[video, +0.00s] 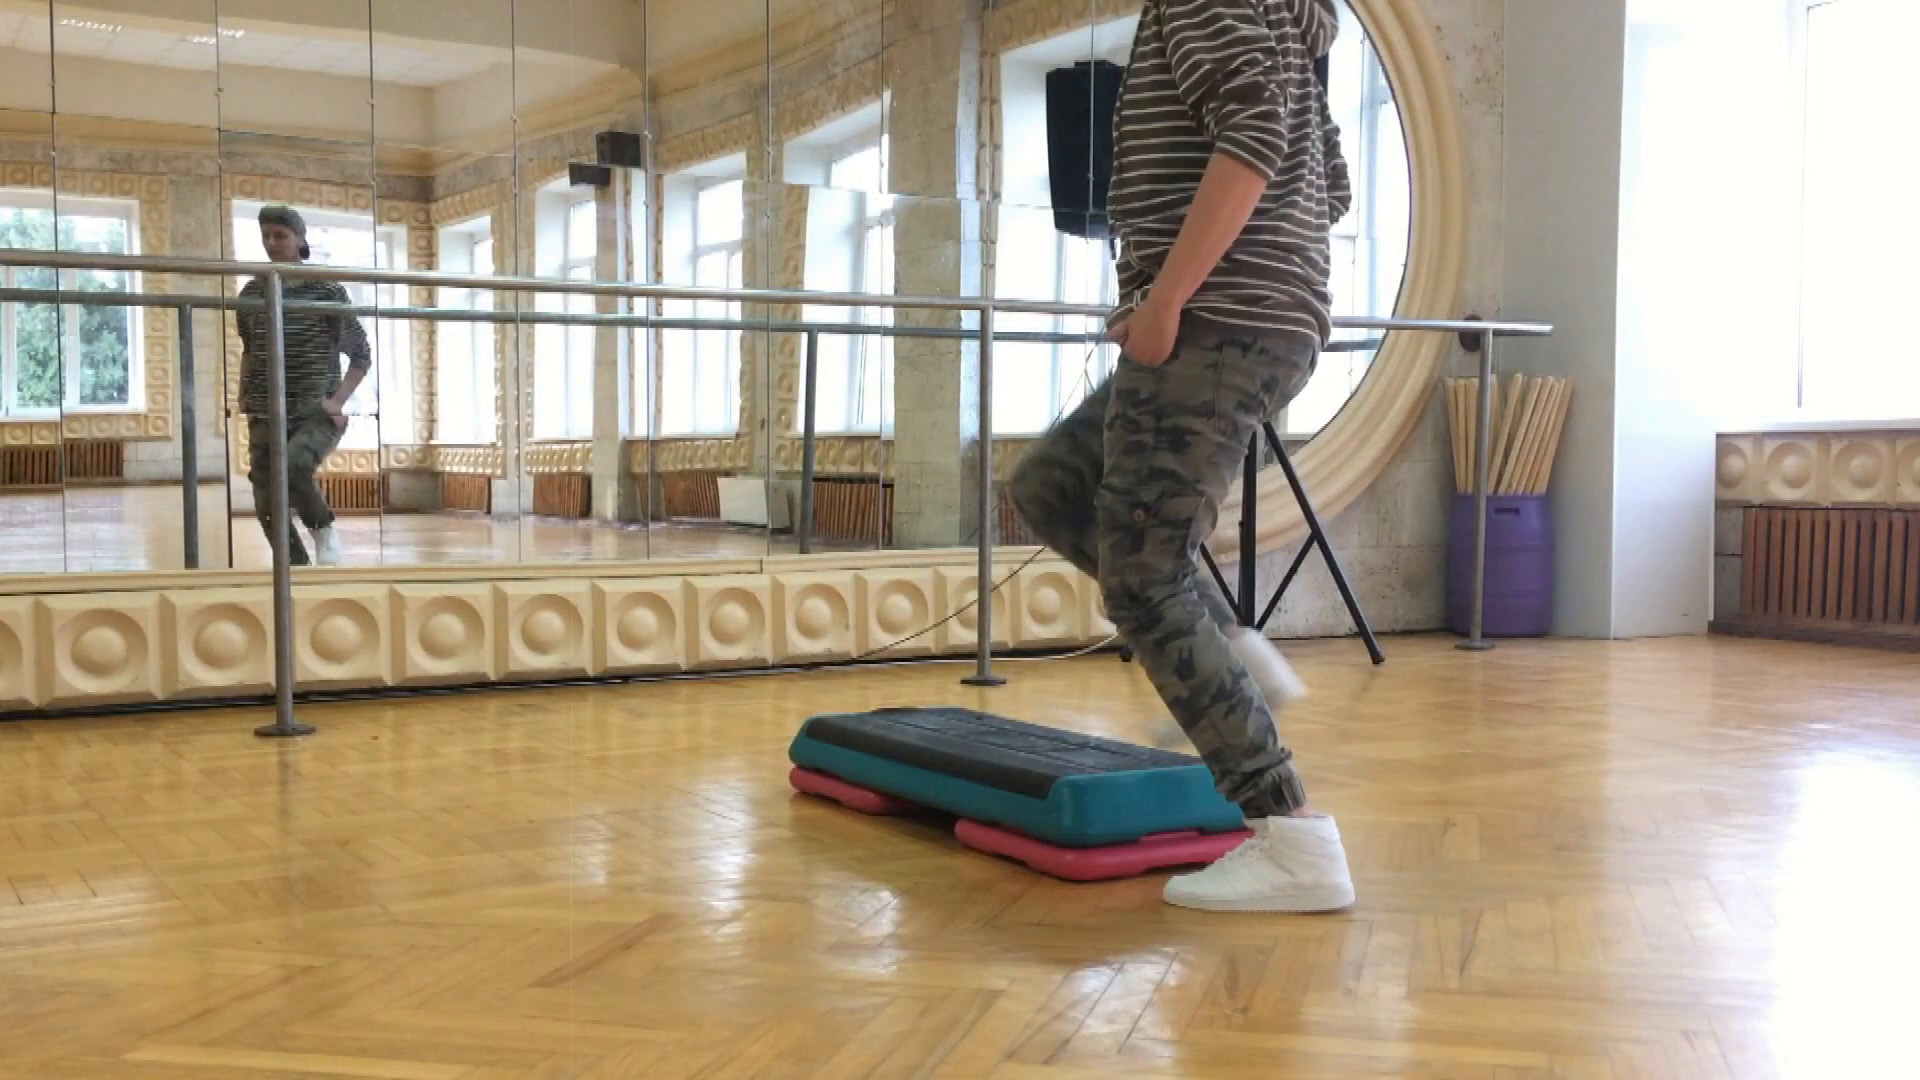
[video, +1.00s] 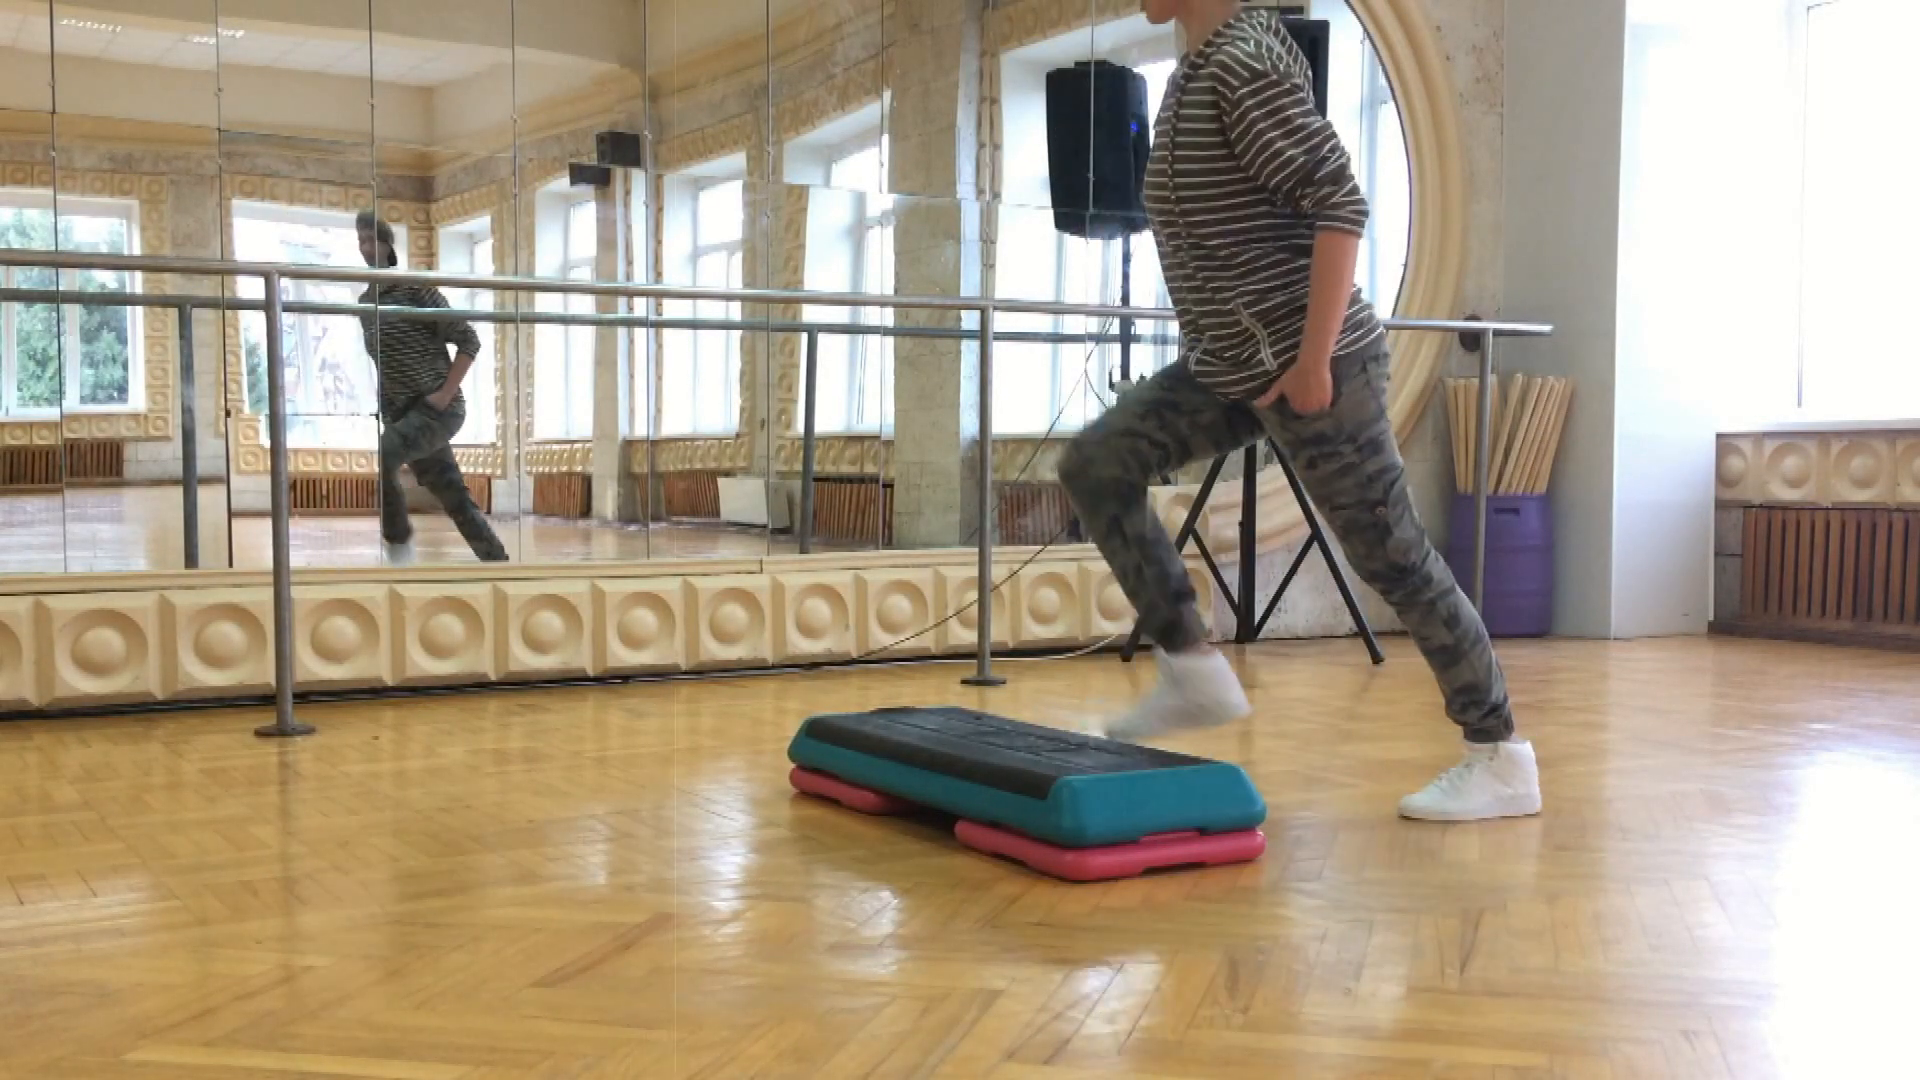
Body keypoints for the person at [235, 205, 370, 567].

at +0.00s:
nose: (272, 244)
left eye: (280, 236)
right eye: (267, 237)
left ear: (301, 240)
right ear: (262, 241)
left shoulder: (325, 291)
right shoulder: (251, 292)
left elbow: (361, 355)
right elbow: (249, 349)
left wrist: (338, 400)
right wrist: (244, 393)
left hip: (315, 410)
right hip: (264, 414)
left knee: (292, 466)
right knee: (268, 508)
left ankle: (323, 529)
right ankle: (300, 574)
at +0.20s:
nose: (271, 210)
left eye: (278, 203)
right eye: (265, 204)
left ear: (299, 206)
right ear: (262, 211)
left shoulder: (327, 255)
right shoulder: (263, 261)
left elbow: (370, 311)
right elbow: (271, 313)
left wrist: (351, 361)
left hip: (334, 369)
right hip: (292, 373)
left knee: (313, 452)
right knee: (301, 458)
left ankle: (340, 541)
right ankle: (303, 547)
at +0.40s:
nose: (281, 210)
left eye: (290, 203)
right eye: (276, 204)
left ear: (311, 206)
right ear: (273, 211)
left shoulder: (333, 254)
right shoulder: (281, 264)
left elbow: (374, 305)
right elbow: (284, 322)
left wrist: (368, 362)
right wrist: (306, 368)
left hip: (353, 371)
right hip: (318, 378)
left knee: (333, 461)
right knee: (358, 467)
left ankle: (342, 554)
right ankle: (365, 556)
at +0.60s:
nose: (302, 220)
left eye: (310, 212)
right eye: (298, 213)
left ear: (333, 216)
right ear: (297, 217)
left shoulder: (353, 262)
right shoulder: (305, 267)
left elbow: (394, 320)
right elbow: (316, 327)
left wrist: (379, 369)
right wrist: (330, 372)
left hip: (373, 383)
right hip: (344, 384)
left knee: (342, 464)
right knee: (392, 472)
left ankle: (344, 557)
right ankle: (427, 554)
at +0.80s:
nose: (338, 235)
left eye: (345, 227)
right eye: (334, 228)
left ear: (368, 232)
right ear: (332, 234)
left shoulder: (386, 282)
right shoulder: (337, 289)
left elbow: (433, 334)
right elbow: (348, 339)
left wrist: (410, 385)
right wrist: (367, 376)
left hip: (413, 398)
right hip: (381, 400)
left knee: (362, 461)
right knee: (434, 490)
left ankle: (347, 552)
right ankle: (485, 560)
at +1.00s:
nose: (367, 249)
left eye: (372, 241)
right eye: (362, 242)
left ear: (387, 244)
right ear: (358, 247)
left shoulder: (416, 291)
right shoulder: (366, 300)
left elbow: (469, 340)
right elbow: (386, 356)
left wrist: (445, 393)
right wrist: (387, 398)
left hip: (437, 406)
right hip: (398, 411)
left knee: (389, 451)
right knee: (454, 498)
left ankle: (399, 550)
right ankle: (499, 565)